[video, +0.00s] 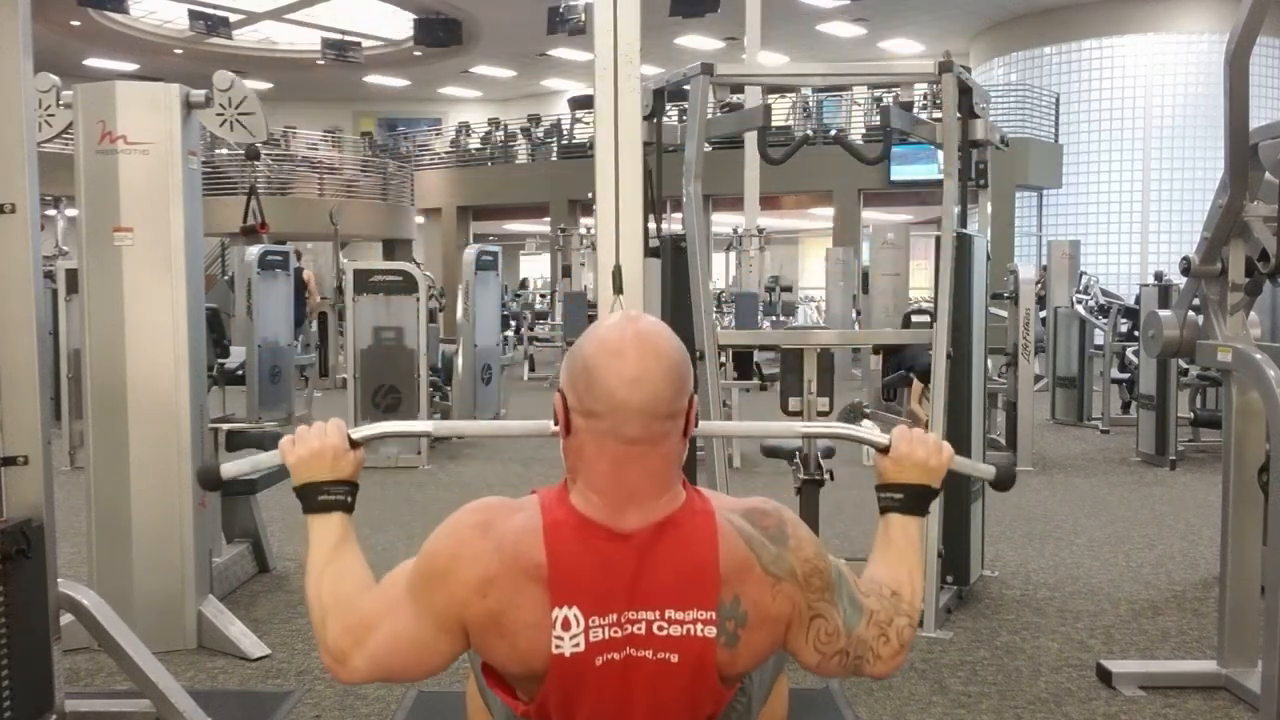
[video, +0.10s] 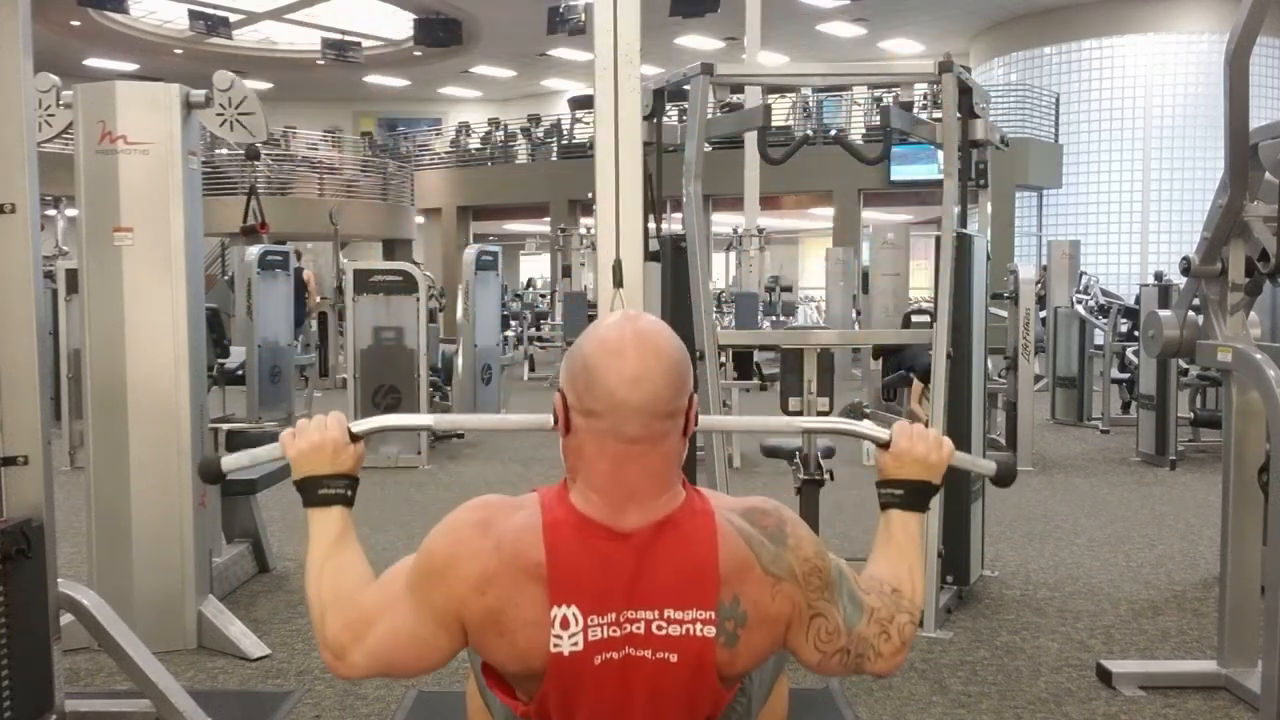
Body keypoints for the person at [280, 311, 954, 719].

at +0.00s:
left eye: (561, 394)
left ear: (563, 416)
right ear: (689, 419)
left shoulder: (486, 546)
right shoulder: (764, 545)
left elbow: (352, 648)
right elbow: (875, 646)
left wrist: (324, 497)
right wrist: (907, 499)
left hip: (536, 707)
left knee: (483, 666)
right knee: (769, 647)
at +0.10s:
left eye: (560, 393)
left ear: (562, 416)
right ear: (689, 420)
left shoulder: (484, 545)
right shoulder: (765, 545)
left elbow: (350, 643)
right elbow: (876, 644)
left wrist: (325, 490)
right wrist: (908, 494)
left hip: (534, 708)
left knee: (483, 671)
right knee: (771, 655)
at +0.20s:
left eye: (562, 389)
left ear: (562, 410)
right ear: (688, 414)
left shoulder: (484, 538)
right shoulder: (765, 540)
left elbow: (348, 631)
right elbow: (879, 632)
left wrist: (325, 481)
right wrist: (907, 485)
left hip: (534, 707)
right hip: (704, 711)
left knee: (486, 667)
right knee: (766, 642)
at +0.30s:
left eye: (562, 381)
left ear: (561, 403)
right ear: (686, 406)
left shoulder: (484, 528)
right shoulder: (760, 531)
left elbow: (344, 614)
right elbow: (880, 617)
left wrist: (326, 461)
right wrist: (907, 467)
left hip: (529, 710)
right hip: (700, 710)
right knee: (772, 635)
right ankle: (772, 705)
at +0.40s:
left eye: (561, 375)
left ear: (561, 397)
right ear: (684, 396)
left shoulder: (483, 520)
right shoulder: (758, 525)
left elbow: (344, 591)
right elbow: (889, 586)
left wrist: (327, 438)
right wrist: (908, 439)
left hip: (532, 712)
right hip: (702, 710)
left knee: (450, 686)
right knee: (819, 691)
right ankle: (771, 703)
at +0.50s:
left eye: (559, 368)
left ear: (559, 388)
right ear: (682, 390)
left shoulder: (483, 509)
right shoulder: (757, 512)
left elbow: (339, 558)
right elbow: (896, 552)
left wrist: (326, 409)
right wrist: (908, 407)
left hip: (532, 708)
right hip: (710, 706)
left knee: (453, 680)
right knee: (813, 689)